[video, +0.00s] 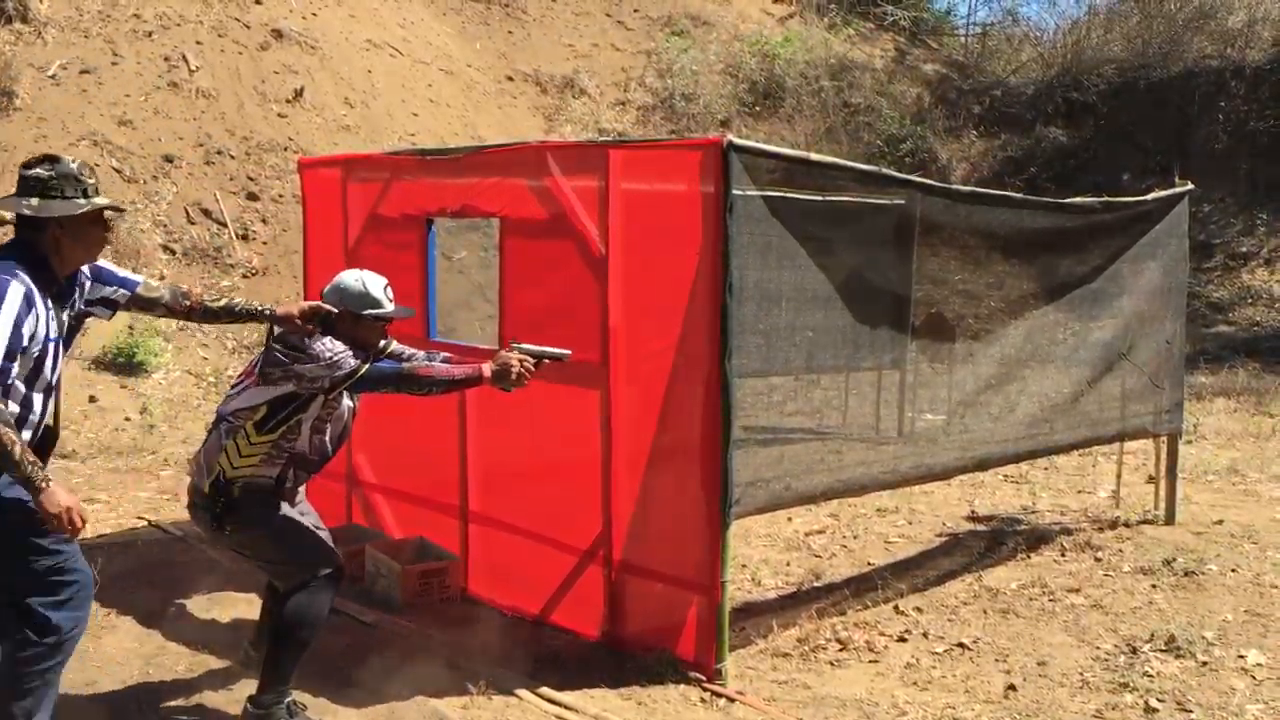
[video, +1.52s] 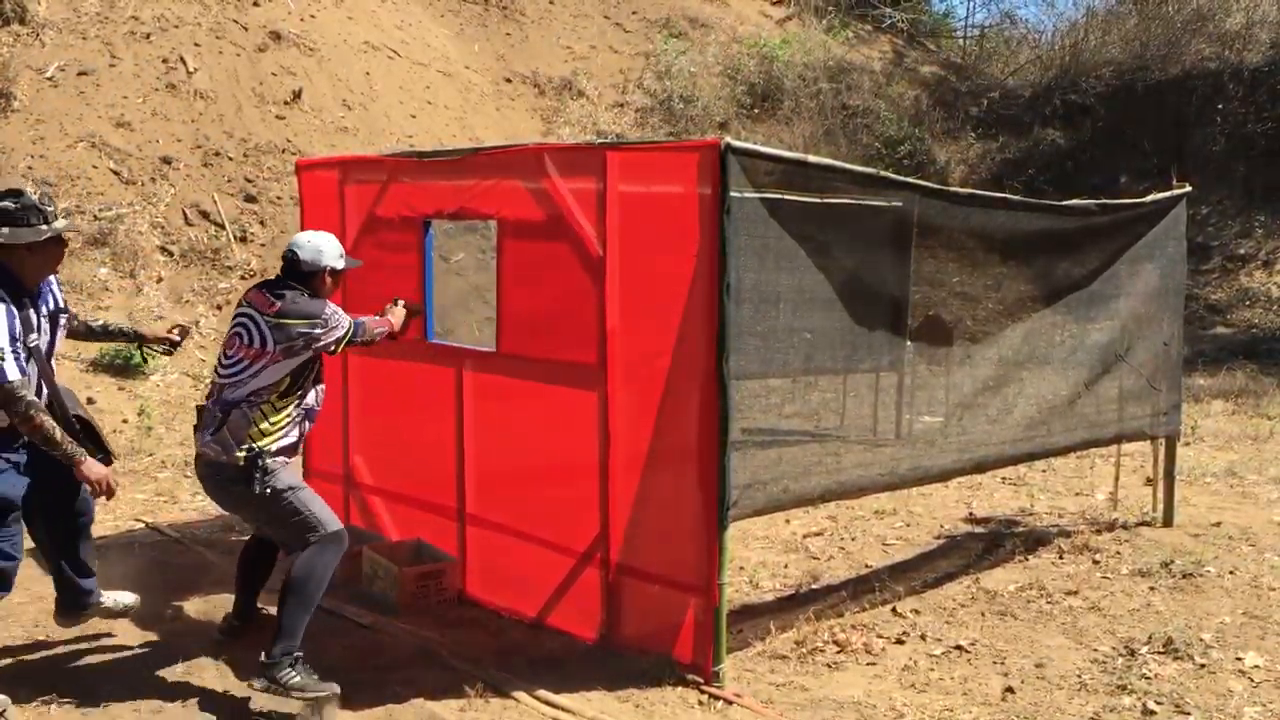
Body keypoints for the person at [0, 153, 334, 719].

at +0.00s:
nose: (108, 228)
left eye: (105, 217)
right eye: (96, 219)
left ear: (64, 231)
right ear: (57, 232)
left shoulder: (79, 276)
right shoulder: (13, 295)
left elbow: (179, 301)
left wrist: (275, 314)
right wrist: (40, 482)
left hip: (16, 475)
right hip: (4, 480)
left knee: (46, 581)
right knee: (66, 583)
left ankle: (18, 698)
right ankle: (22, 707)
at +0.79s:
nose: (62, 230)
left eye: (61, 219)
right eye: (49, 221)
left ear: (38, 226)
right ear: (10, 229)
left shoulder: (52, 274)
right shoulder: (3, 293)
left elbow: (126, 293)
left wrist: (195, 297)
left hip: (25, 452)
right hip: (2, 459)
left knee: (18, 588)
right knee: (17, 590)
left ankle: (11, 702)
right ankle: (10, 704)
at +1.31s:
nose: (55, 234)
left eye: (53, 223)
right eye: (44, 225)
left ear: (19, 233)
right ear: (9, 233)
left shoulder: (37, 270)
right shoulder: (8, 290)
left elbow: (78, 308)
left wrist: (122, 308)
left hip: (10, 426)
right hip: (2, 430)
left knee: (34, 509)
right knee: (32, 510)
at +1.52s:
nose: (64, 248)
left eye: (61, 239)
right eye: (54, 241)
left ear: (28, 251)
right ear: (19, 252)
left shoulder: (44, 286)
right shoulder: (4, 312)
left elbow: (70, 325)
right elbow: (18, 402)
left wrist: (144, 337)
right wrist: (81, 460)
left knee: (70, 510)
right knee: (6, 561)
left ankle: (77, 599)